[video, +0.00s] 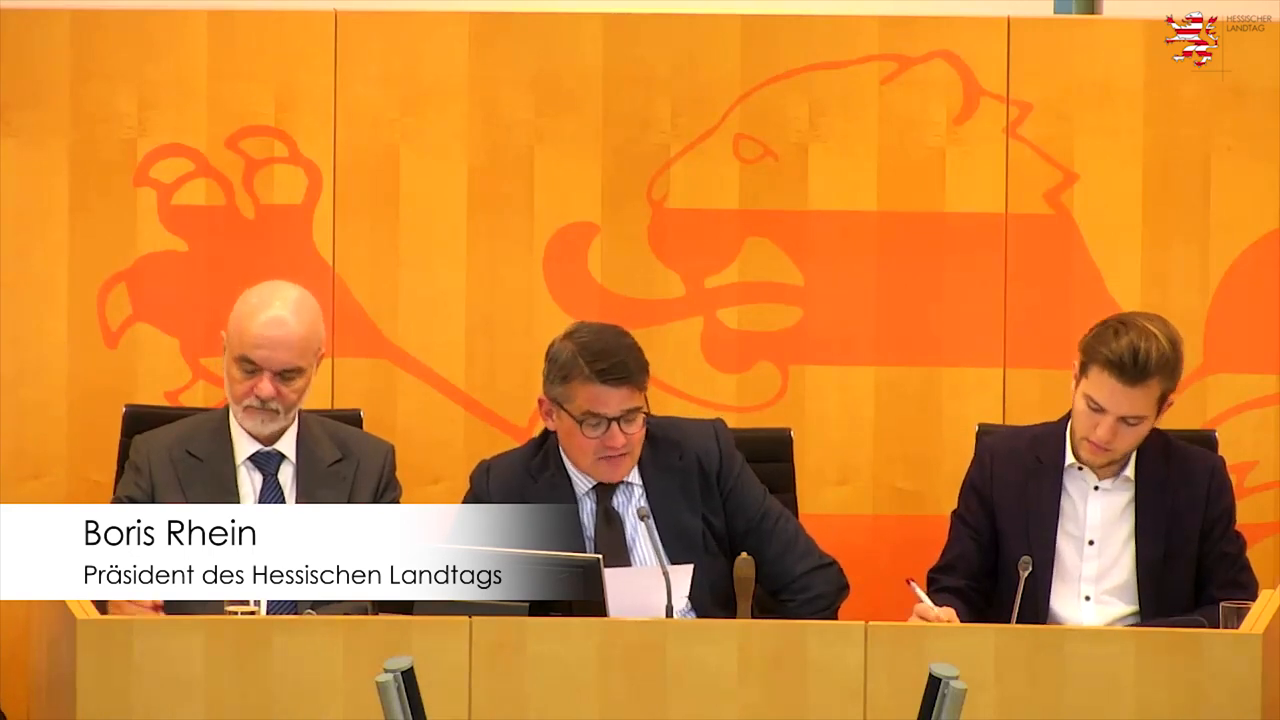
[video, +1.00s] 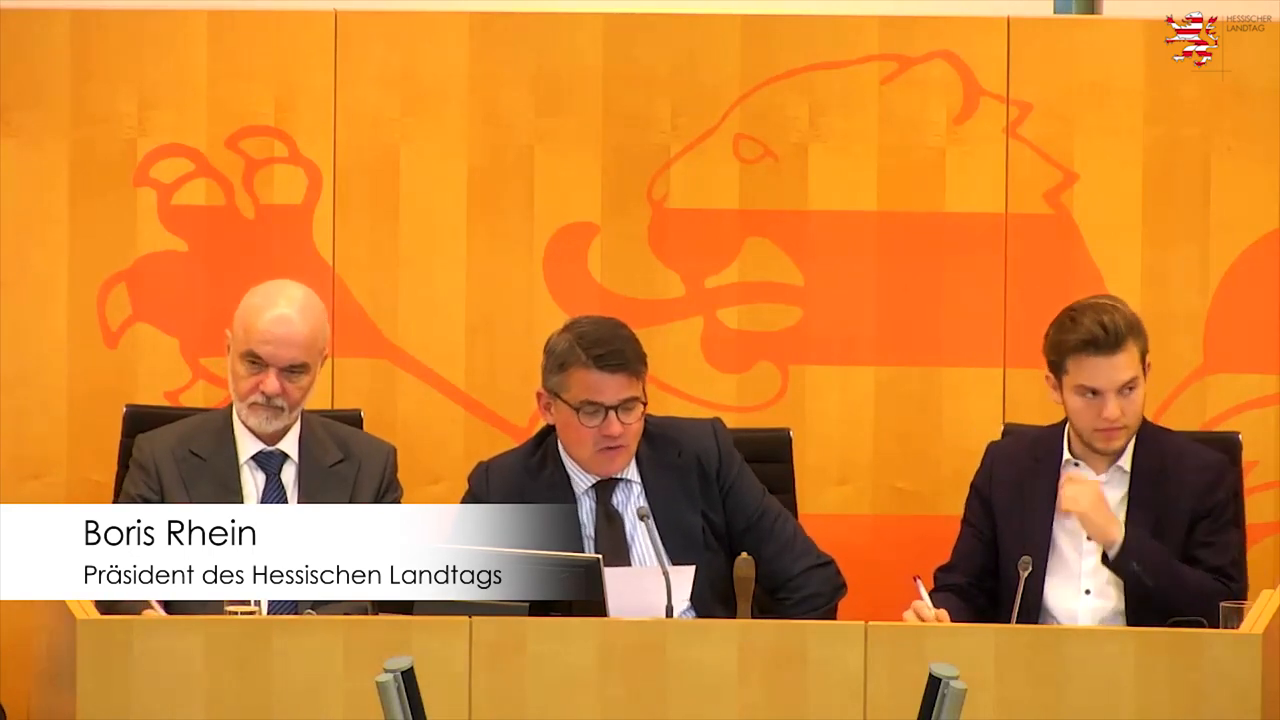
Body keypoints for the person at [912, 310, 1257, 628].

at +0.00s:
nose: (1103, 433)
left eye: (1130, 421)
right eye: (1094, 406)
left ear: (1163, 408)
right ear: (1076, 377)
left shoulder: (1200, 477)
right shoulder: (1001, 459)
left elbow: (1238, 603)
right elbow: (956, 584)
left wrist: (1153, 641)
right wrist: (942, 618)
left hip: (1152, 679)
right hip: (1025, 669)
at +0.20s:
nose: (1097, 427)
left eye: (1121, 411)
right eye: (1085, 401)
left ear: (1153, 400)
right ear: (1066, 378)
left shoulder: (1196, 477)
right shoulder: (999, 459)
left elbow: (1240, 608)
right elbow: (955, 585)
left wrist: (1138, 616)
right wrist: (939, 616)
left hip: (1148, 685)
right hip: (1021, 677)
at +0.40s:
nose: (1095, 422)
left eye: (1117, 404)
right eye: (1079, 400)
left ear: (1146, 389)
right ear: (1055, 381)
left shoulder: (1191, 473)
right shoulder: (997, 459)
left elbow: (1225, 606)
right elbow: (956, 587)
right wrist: (941, 617)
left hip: (1150, 680)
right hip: (1022, 674)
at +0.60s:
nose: (1098, 424)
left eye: (1119, 403)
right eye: (1079, 402)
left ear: (1143, 383)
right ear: (1052, 381)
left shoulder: (1191, 473)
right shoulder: (997, 460)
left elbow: (1211, 609)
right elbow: (955, 585)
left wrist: (1116, 509)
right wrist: (940, 618)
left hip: (1147, 677)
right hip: (1021, 672)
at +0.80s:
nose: (1099, 423)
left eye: (1119, 402)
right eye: (1079, 402)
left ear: (1144, 381)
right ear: (1053, 383)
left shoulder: (1197, 473)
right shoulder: (1002, 460)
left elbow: (1212, 611)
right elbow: (959, 586)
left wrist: (1114, 507)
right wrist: (935, 619)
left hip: (1149, 679)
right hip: (1021, 674)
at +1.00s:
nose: (1111, 413)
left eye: (1127, 389)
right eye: (1089, 393)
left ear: (1145, 376)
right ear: (1056, 387)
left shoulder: (1204, 474)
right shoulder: (1008, 461)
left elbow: (1221, 609)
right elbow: (965, 586)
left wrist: (1117, 538)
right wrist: (938, 617)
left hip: (1152, 679)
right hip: (1024, 674)